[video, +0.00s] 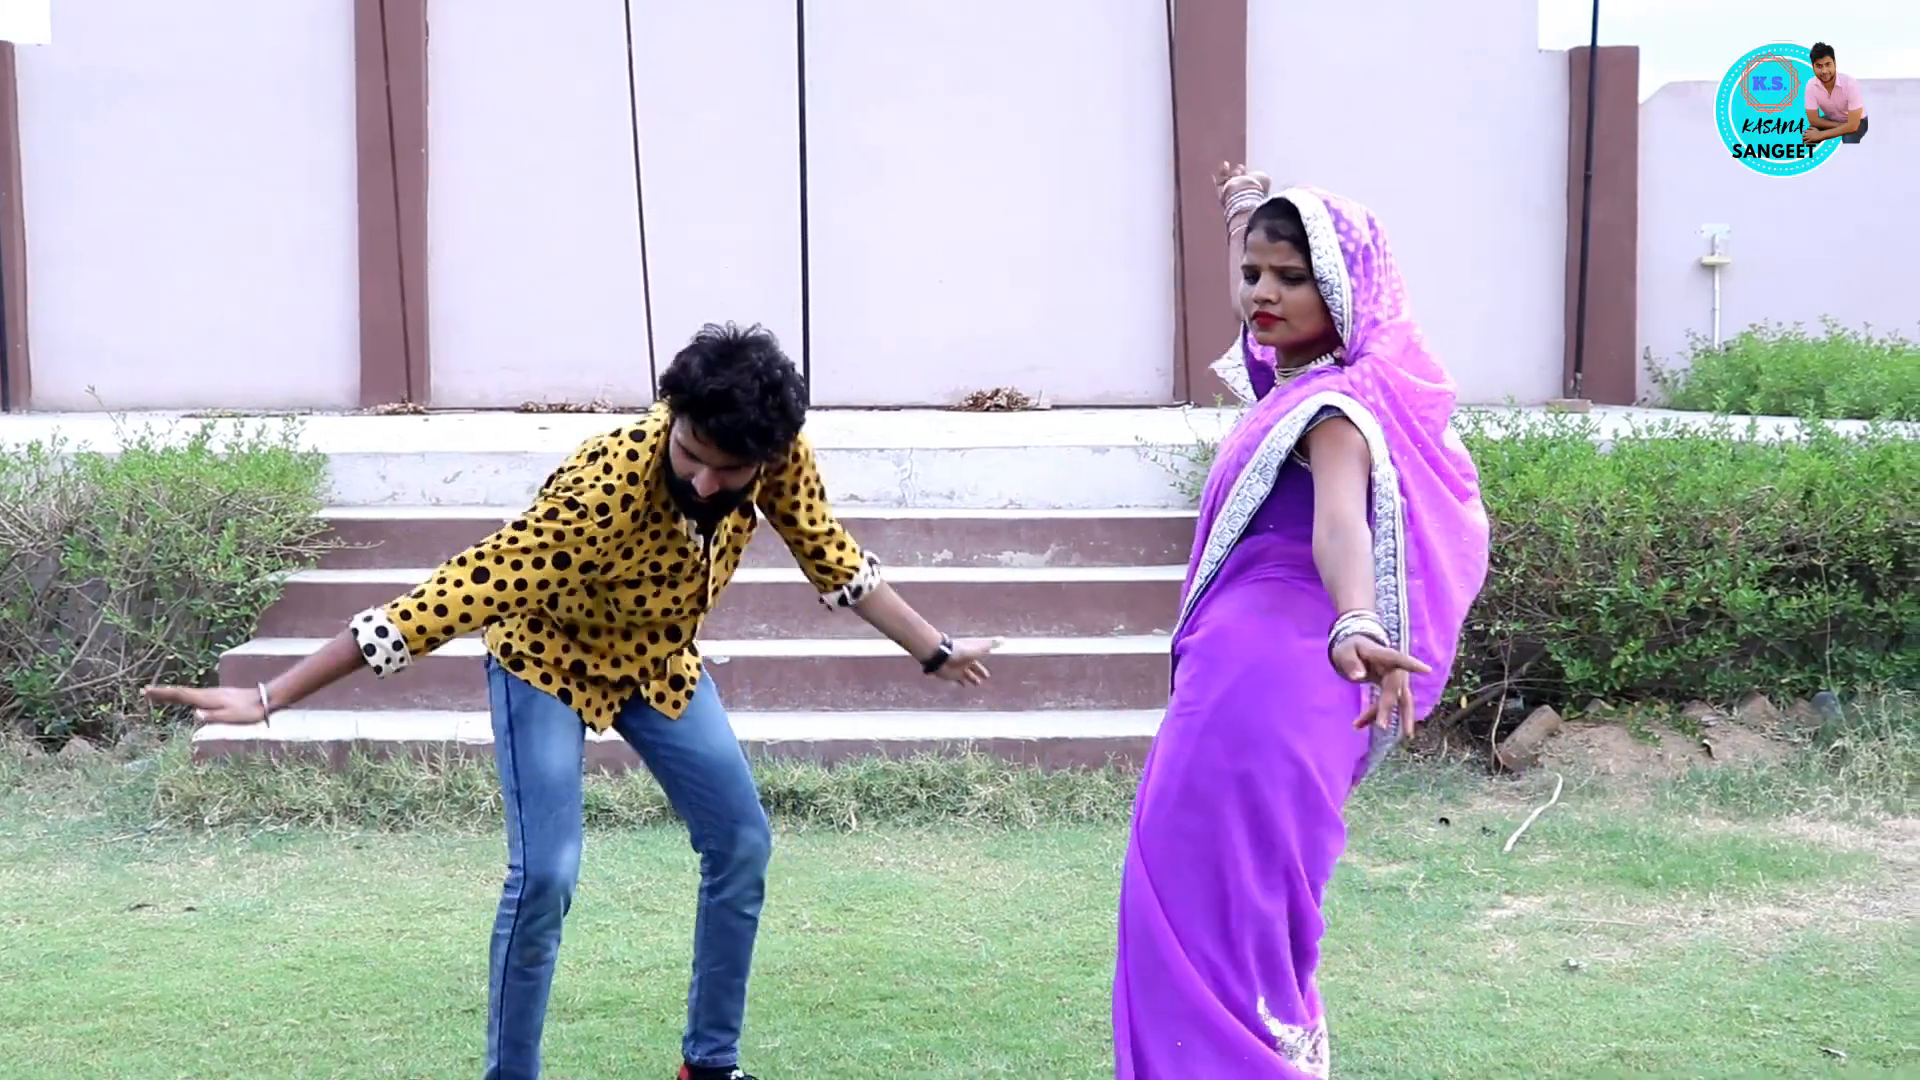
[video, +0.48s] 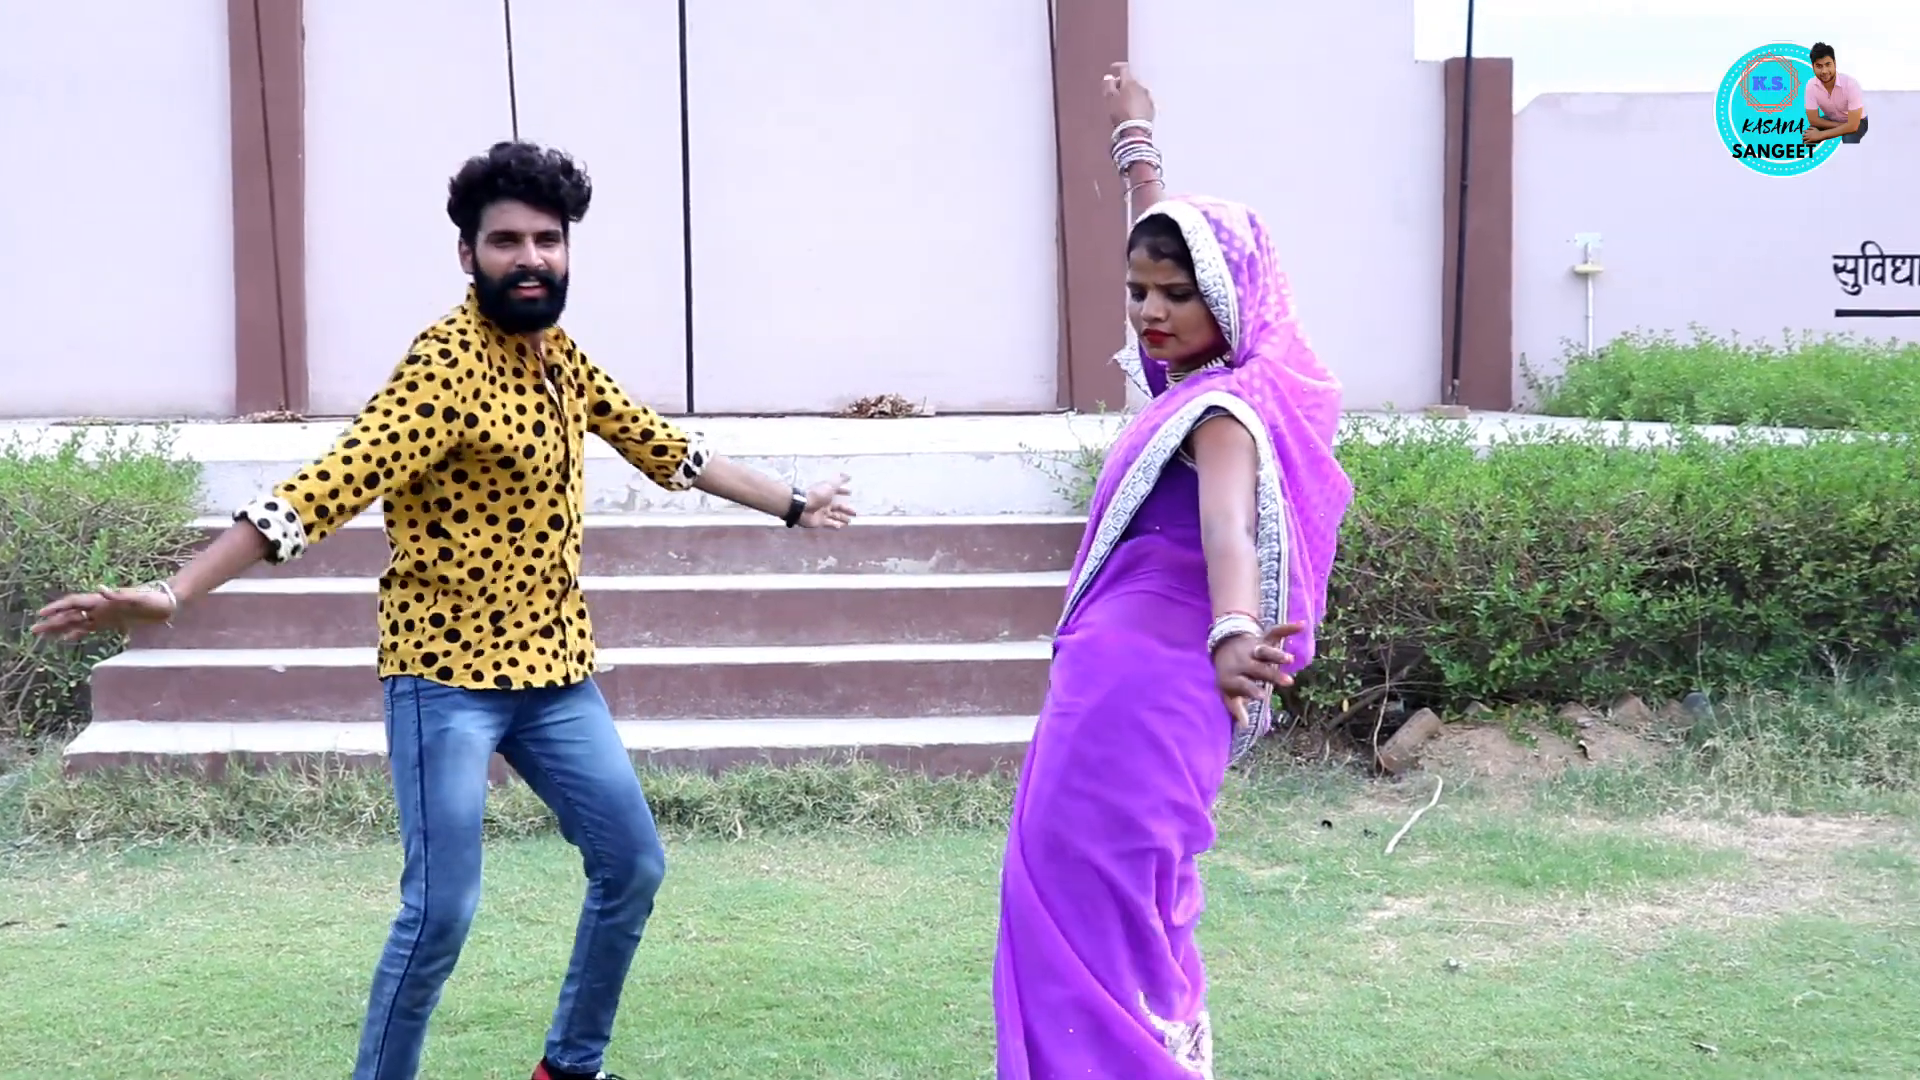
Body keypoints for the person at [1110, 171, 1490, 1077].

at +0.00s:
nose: (1265, 295)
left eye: (1291, 277)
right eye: (1254, 275)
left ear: (1345, 294)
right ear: (1247, 281)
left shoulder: (1336, 404)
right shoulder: (1301, 391)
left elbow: (1345, 525)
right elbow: (1260, 334)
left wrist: (1355, 620)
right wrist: (1259, 223)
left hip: (1265, 685)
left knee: (1172, 905)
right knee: (1252, 913)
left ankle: (1213, 1060)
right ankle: (1280, 1051)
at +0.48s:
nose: (1152, 314)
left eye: (1174, 296)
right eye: (1141, 294)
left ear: (1229, 298)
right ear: (1135, 293)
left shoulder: (1223, 405)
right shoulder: (1198, 384)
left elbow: (1230, 527)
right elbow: (1161, 264)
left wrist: (1234, 628)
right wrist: (1137, 141)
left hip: (1137, 689)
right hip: (1132, 683)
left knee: (1069, 911)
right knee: (1138, 917)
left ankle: (1113, 1062)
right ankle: (1165, 1055)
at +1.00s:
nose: (1124, 313)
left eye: (1148, 293)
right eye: (1113, 291)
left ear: (1202, 306)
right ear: (1107, 292)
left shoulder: (1191, 413)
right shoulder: (1164, 394)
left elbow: (1182, 525)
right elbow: (1136, 269)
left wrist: (1180, 625)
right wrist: (1135, 165)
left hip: (1111, 711)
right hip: (1088, 702)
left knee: (1060, 914)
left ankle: (1127, 1061)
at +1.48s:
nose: (1111, 314)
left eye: (1134, 297)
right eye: (1104, 291)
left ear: (1194, 301)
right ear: (1096, 282)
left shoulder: (1168, 416)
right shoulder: (1228, 389)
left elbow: (1161, 563)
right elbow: (1218, 273)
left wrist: (1115, 680)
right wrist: (1165, 196)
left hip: (1112, 731)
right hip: (1174, 729)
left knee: (979, 926)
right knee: (1144, 951)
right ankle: (1144, 1063)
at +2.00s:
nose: (1089, 291)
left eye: (1112, 274)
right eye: (1084, 272)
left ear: (1170, 285)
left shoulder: (1147, 404)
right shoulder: (1210, 376)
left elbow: (1104, 534)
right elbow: (1190, 274)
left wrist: (1042, 622)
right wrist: (1172, 163)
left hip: (1095, 703)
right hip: (1158, 700)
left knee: (1037, 929)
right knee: (1131, 920)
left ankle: (1058, 1064)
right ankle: (1141, 1055)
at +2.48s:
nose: (1139, 271)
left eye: (1160, 253)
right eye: (1137, 251)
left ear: (1219, 266)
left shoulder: (1203, 389)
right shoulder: (1264, 369)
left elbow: (1167, 539)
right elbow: (1254, 263)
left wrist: (1116, 662)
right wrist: (1209, 171)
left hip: (1156, 694)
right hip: (1215, 689)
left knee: (1099, 938)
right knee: (1197, 933)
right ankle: (1211, 1060)